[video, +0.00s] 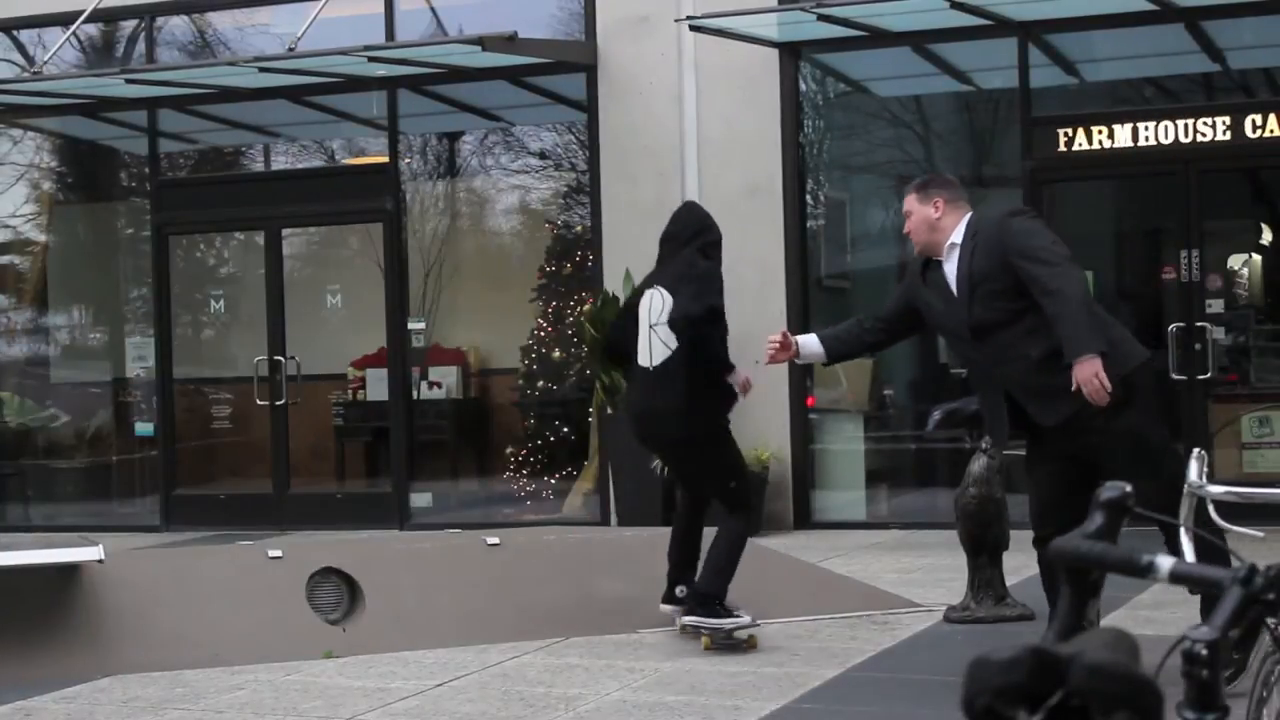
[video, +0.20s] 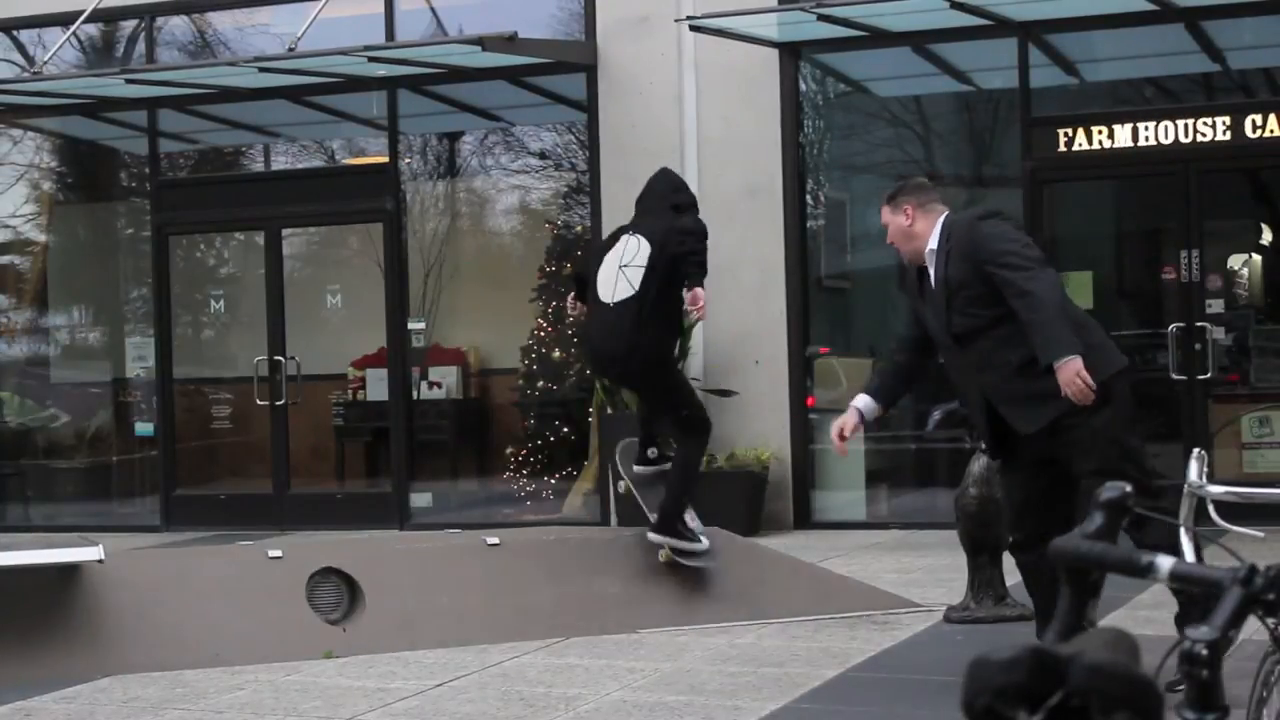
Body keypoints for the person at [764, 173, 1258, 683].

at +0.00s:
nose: (903, 227)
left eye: (908, 215)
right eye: (902, 218)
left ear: (940, 206)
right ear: (930, 213)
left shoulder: (1007, 229)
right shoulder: (926, 280)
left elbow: (1060, 283)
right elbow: (880, 329)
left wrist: (1083, 352)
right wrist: (805, 347)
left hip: (1106, 388)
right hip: (1050, 418)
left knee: (1169, 501)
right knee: (1054, 536)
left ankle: (1231, 603)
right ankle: (1067, 650)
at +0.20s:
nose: (887, 241)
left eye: (888, 228)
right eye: (885, 231)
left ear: (910, 216)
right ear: (914, 218)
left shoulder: (981, 233)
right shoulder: (924, 278)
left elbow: (1036, 284)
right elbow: (913, 350)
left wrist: (1063, 354)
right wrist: (862, 408)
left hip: (1075, 392)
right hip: (1021, 417)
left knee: (1138, 495)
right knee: (1031, 532)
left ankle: (1199, 594)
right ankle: (1064, 645)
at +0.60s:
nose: (893, 194)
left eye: (892, 183)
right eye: (893, 183)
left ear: (904, 175)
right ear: (945, 170)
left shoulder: (941, 227)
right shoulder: (976, 213)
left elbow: (953, 320)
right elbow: (1008, 313)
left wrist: (939, 407)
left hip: (982, 408)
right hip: (1017, 402)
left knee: (972, 535)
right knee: (1002, 526)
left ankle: (985, 670)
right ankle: (1061, 636)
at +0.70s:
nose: (896, 180)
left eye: (895, 170)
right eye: (897, 170)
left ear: (906, 164)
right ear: (950, 161)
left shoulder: (932, 221)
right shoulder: (983, 207)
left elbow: (926, 318)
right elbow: (1005, 310)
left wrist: (892, 398)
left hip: (971, 405)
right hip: (1012, 398)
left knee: (973, 536)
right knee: (997, 523)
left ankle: (988, 671)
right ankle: (1041, 639)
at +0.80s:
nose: (899, 174)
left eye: (898, 164)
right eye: (900, 164)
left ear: (909, 158)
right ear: (954, 157)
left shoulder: (930, 217)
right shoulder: (987, 207)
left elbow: (908, 312)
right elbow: (1000, 305)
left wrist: (857, 387)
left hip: (965, 404)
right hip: (1009, 396)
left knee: (975, 536)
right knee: (999, 526)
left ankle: (991, 671)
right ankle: (1028, 657)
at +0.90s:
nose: (904, 172)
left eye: (904, 163)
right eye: (907, 162)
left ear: (914, 159)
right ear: (960, 159)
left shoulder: (926, 217)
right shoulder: (998, 211)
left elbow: (894, 307)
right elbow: (1009, 304)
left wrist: (837, 381)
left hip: (960, 405)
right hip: (1012, 396)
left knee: (975, 535)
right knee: (1002, 526)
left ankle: (989, 671)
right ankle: (1024, 659)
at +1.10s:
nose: (917, 169)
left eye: (919, 160)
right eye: (922, 160)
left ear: (928, 159)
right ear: (974, 159)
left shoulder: (928, 217)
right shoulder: (1017, 212)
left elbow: (892, 306)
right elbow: (1035, 306)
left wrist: (844, 384)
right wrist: (1031, 378)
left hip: (957, 405)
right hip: (1017, 400)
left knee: (973, 537)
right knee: (1009, 526)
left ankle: (989, 672)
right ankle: (1027, 662)